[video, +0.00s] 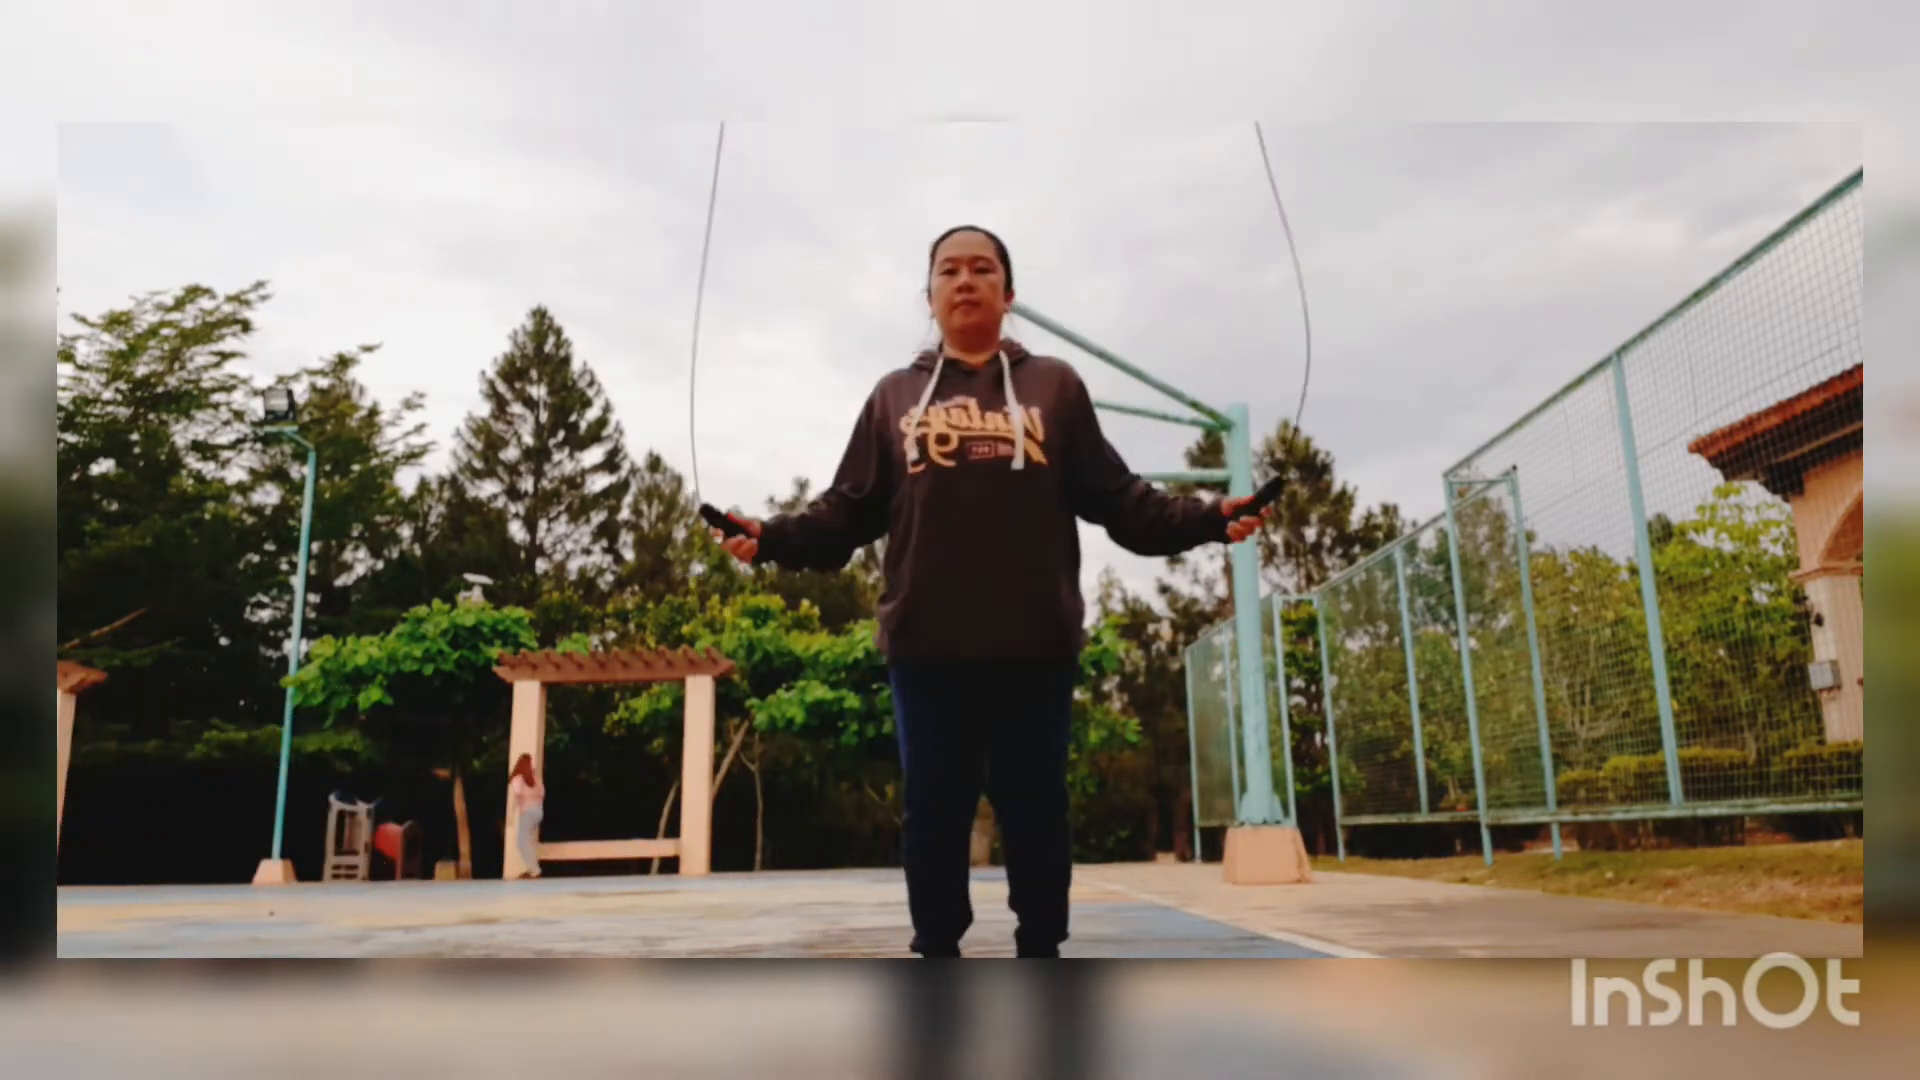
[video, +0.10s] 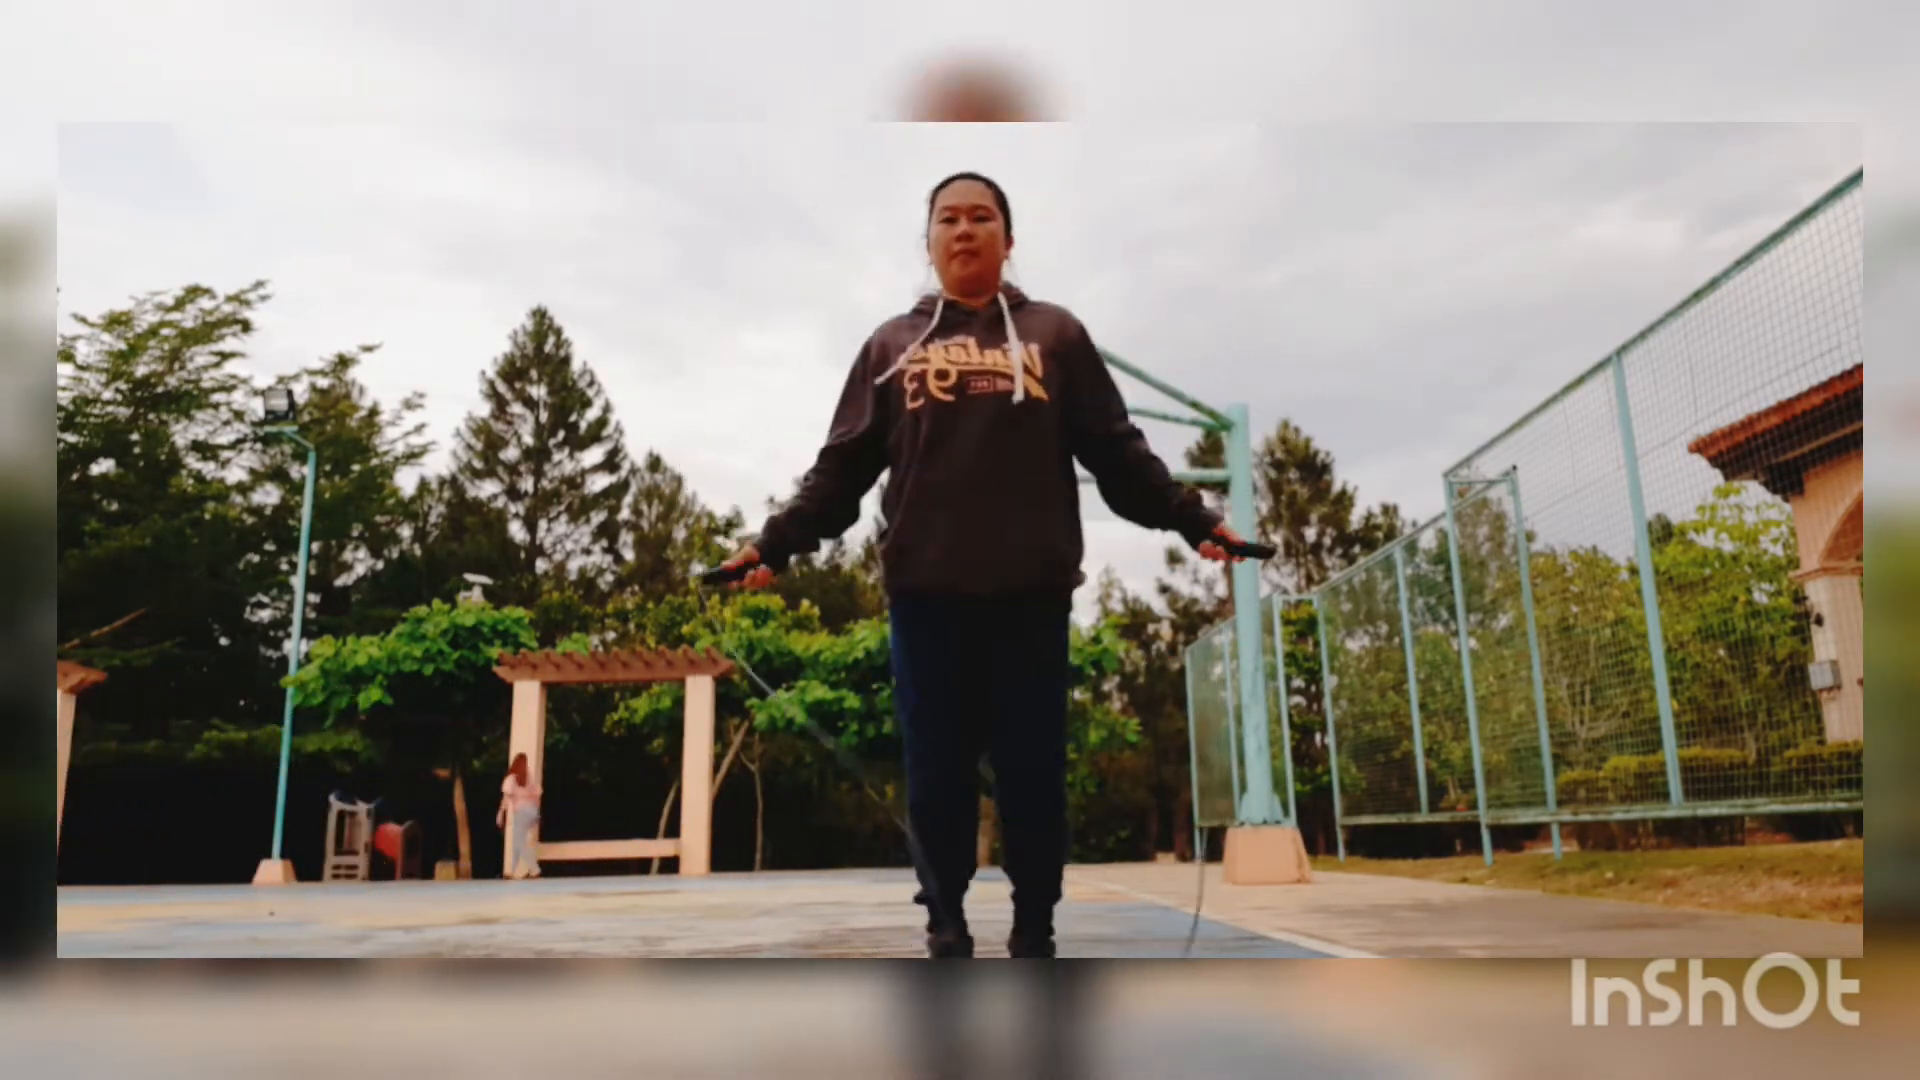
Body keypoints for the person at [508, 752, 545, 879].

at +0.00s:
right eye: (529, 764)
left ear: (519, 764)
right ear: (530, 765)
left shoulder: (518, 778)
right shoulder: (535, 777)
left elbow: (517, 795)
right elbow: (542, 792)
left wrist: (512, 813)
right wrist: (539, 805)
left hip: (527, 810)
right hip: (538, 809)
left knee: (522, 840)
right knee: (529, 840)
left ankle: (534, 868)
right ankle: (531, 867)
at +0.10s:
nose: (520, 766)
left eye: (517, 763)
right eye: (523, 763)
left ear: (514, 764)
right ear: (525, 764)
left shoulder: (510, 778)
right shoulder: (530, 777)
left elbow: (506, 798)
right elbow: (537, 793)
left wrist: (500, 813)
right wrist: (536, 809)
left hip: (519, 811)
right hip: (532, 810)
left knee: (520, 842)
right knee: (518, 841)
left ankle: (534, 868)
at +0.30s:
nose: (509, 768)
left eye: (507, 765)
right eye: (511, 765)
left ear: (503, 765)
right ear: (514, 765)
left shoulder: (499, 778)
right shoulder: (519, 779)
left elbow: (493, 796)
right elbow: (522, 799)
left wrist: (486, 812)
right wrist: (526, 817)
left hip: (503, 812)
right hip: (516, 812)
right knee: (501, 843)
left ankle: (521, 863)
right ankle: (501, 871)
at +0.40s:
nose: (503, 767)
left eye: (501, 763)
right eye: (505, 764)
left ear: (498, 765)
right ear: (510, 765)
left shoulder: (494, 778)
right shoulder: (513, 778)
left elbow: (489, 797)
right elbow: (516, 796)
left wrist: (484, 812)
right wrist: (516, 815)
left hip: (499, 812)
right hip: (512, 811)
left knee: (486, 840)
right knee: (500, 841)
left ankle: (506, 862)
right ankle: (500, 870)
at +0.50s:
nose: (495, 766)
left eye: (494, 763)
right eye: (497, 764)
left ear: (492, 764)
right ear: (504, 764)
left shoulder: (488, 777)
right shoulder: (508, 777)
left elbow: (485, 797)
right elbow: (510, 795)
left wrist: (479, 813)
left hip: (493, 810)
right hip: (506, 809)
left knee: (478, 837)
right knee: (498, 839)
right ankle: (501, 869)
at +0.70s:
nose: (481, 764)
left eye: (481, 762)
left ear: (482, 764)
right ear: (493, 764)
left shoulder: (479, 777)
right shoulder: (498, 777)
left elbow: (476, 798)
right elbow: (500, 795)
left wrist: (472, 814)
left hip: (484, 808)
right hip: (496, 807)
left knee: (474, 840)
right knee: (494, 840)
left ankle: (461, 870)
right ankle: (502, 869)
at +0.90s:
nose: (465, 764)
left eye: (466, 762)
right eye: (466, 761)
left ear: (468, 764)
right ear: (476, 763)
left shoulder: (468, 777)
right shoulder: (478, 776)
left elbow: (464, 796)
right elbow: (480, 795)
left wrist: (458, 813)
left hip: (470, 809)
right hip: (479, 808)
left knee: (464, 841)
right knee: (477, 841)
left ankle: (461, 871)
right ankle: (495, 866)